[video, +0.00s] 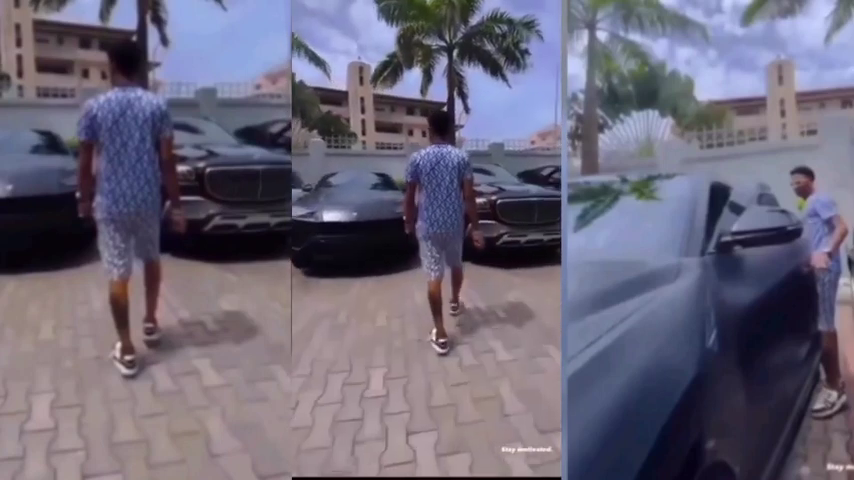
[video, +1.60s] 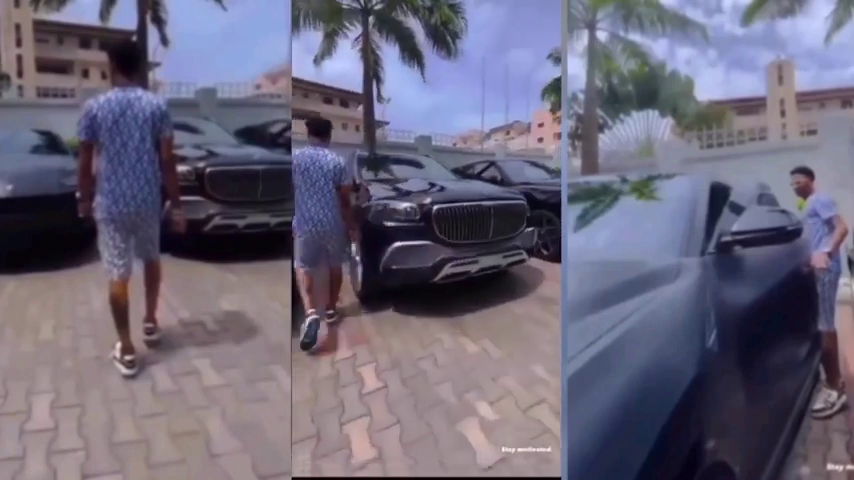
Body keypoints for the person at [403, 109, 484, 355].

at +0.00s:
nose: (430, 133)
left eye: (429, 129)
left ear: (430, 130)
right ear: (451, 130)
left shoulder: (418, 158)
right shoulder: (460, 157)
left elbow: (410, 195)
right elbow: (469, 195)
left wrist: (409, 221)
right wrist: (475, 227)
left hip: (428, 224)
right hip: (454, 223)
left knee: (434, 276)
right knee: (456, 263)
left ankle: (440, 333)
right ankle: (454, 300)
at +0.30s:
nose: (420, 136)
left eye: (418, 132)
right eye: (431, 131)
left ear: (418, 133)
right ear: (438, 133)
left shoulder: (406, 159)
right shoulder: (446, 161)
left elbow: (399, 196)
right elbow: (452, 199)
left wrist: (396, 224)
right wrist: (456, 229)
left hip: (413, 224)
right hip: (438, 224)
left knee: (410, 269)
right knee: (437, 268)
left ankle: (417, 315)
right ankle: (433, 310)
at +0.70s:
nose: (384, 138)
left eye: (383, 134)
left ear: (382, 135)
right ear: (403, 135)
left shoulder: (375, 162)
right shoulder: (415, 160)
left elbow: (370, 199)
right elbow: (424, 193)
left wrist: (371, 230)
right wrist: (422, 217)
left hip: (386, 227)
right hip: (411, 227)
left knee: (387, 269)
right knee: (410, 277)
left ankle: (390, 299)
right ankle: (406, 335)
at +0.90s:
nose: (361, 136)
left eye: (358, 131)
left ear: (357, 133)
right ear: (378, 132)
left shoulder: (350, 159)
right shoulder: (391, 158)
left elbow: (348, 199)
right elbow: (400, 195)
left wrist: (346, 230)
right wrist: (404, 222)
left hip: (363, 224)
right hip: (389, 223)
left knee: (367, 269)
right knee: (395, 268)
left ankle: (374, 308)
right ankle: (392, 316)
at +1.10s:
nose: (346, 134)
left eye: (340, 129)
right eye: (354, 130)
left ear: (336, 130)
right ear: (357, 130)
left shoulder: (324, 156)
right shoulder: (369, 155)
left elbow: (319, 194)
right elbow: (378, 191)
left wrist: (320, 225)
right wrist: (385, 218)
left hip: (339, 223)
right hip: (367, 221)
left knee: (346, 272)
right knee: (377, 265)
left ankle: (356, 319)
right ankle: (374, 304)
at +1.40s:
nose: (331, 140)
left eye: (323, 135)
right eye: (335, 136)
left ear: (316, 135)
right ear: (337, 137)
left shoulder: (302, 160)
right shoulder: (346, 162)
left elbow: (296, 196)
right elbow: (353, 197)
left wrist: (297, 226)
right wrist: (361, 225)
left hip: (313, 227)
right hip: (341, 225)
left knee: (322, 280)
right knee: (345, 263)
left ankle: (329, 336)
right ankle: (343, 297)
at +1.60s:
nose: (323, 138)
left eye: (315, 133)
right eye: (327, 135)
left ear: (308, 134)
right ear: (329, 135)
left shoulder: (296, 159)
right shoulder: (336, 161)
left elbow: (295, 189)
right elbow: (344, 196)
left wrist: (297, 218)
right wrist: (351, 225)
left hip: (305, 221)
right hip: (332, 220)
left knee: (304, 266)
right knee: (335, 264)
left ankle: (310, 310)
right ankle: (331, 308)